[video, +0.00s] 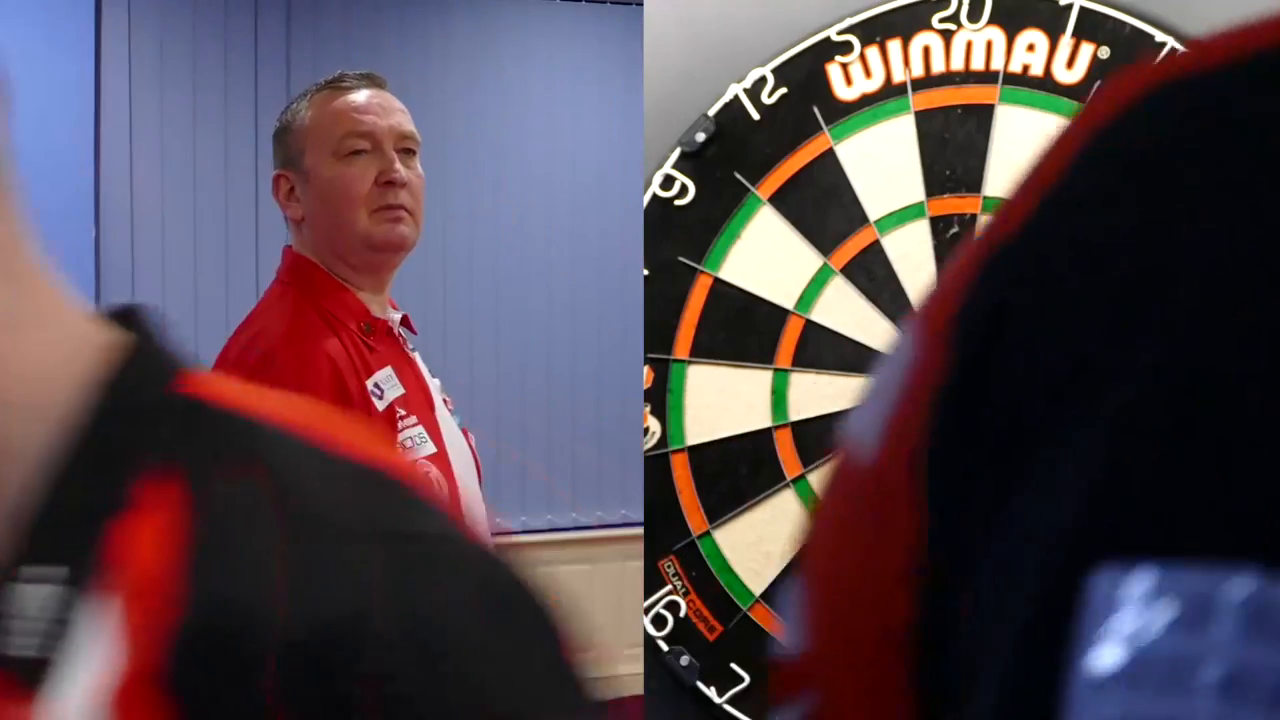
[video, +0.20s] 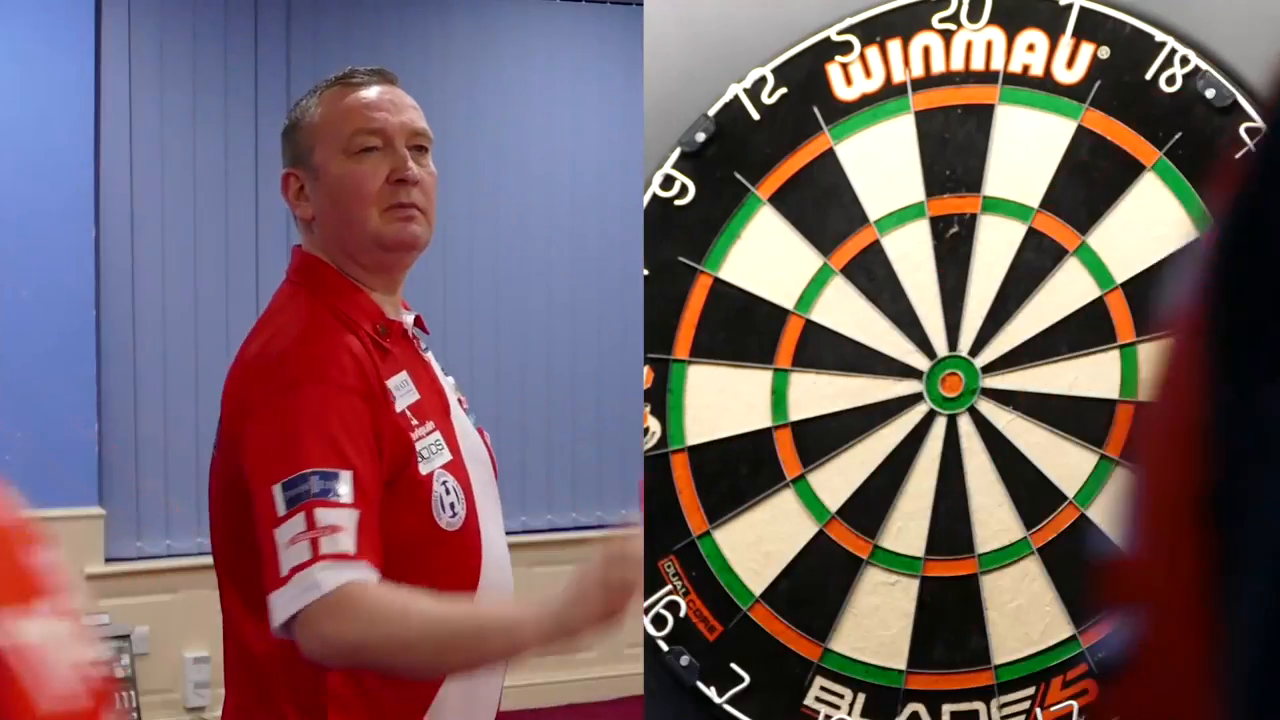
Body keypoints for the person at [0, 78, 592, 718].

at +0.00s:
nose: (395, 173)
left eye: (407, 153)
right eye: (358, 152)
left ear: (425, 180)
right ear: (291, 194)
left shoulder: (382, 327)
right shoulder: (285, 352)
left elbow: (443, 510)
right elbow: (268, 580)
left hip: (437, 659)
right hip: (353, 679)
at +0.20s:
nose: (409, 171)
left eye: (420, 150)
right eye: (369, 149)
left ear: (435, 176)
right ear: (301, 195)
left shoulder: (391, 329)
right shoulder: (306, 350)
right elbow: (327, 615)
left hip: (442, 701)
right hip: (360, 706)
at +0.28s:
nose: (414, 171)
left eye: (425, 149)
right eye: (374, 149)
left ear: (440, 174)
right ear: (305, 196)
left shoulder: (395, 328)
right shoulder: (314, 349)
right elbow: (371, 591)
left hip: (452, 700)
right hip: (369, 705)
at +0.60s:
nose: (427, 168)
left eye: (437, 147)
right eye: (385, 147)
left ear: (455, 170)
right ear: (316, 196)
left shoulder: (420, 327)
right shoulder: (334, 340)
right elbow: (473, 439)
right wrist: (524, 185)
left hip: (467, 700)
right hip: (365, 704)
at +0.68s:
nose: (430, 169)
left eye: (440, 147)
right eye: (387, 148)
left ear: (457, 169)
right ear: (317, 196)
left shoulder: (429, 329)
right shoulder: (336, 341)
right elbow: (486, 417)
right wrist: (516, 169)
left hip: (475, 700)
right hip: (369, 703)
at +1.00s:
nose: (429, 171)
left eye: (438, 150)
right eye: (386, 152)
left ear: (454, 170)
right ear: (316, 200)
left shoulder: (424, 331)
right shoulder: (336, 344)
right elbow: (490, 401)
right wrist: (504, 163)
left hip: (475, 700)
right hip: (372, 703)